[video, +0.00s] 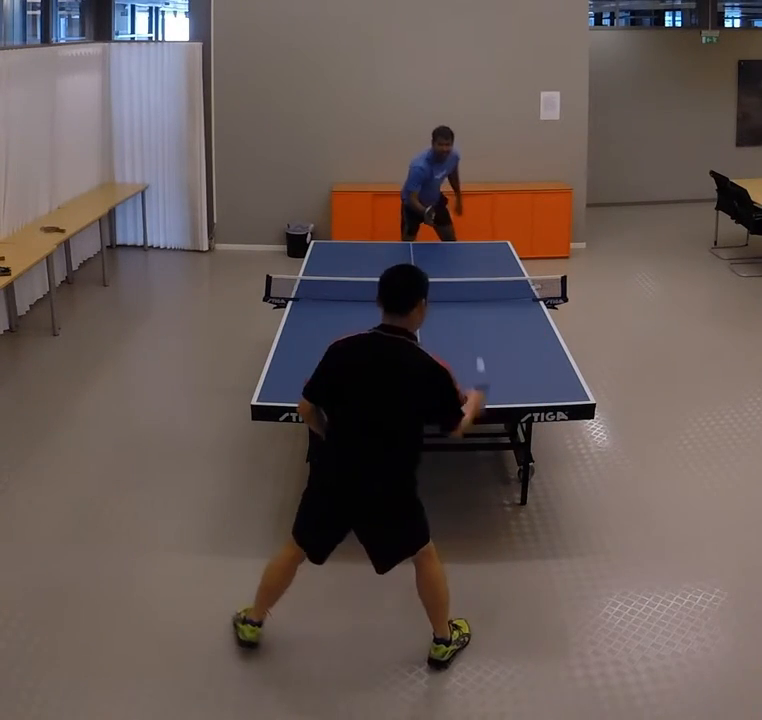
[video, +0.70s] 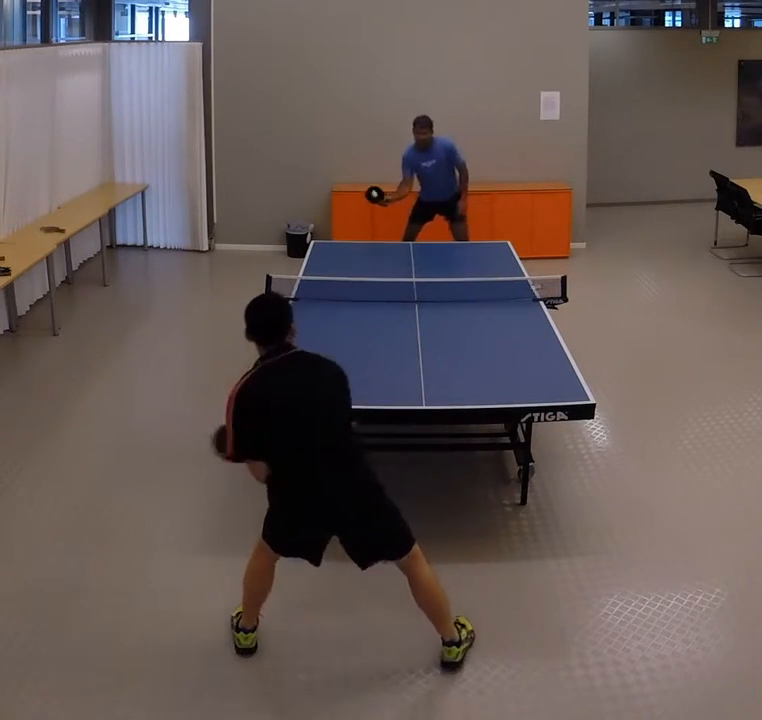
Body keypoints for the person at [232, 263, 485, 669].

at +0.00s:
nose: (426, 308)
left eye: (424, 302)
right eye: (425, 302)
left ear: (379, 303)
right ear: (420, 307)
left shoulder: (343, 350)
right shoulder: (427, 370)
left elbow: (306, 407)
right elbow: (456, 428)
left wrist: (326, 433)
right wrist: (471, 407)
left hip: (334, 480)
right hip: (390, 487)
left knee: (295, 549)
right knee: (424, 555)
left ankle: (252, 621)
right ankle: (443, 638)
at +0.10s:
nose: (427, 318)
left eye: (425, 309)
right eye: (426, 310)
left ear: (381, 310)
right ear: (419, 315)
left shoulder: (344, 354)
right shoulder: (420, 386)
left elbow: (300, 400)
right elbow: (446, 460)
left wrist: (314, 431)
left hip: (322, 483)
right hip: (378, 495)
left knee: (288, 547)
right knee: (423, 555)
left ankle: (249, 624)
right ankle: (440, 640)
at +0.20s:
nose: (409, 320)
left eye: (408, 312)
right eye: (407, 313)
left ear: (364, 317)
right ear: (394, 317)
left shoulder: (331, 361)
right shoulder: (400, 381)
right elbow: (427, 455)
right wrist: (489, 488)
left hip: (315, 487)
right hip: (371, 496)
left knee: (283, 546)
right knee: (426, 553)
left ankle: (247, 626)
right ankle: (441, 641)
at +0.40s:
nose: (317, 327)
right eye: (314, 324)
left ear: (276, 346)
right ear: (313, 333)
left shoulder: (273, 400)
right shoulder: (351, 365)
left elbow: (275, 473)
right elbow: (378, 350)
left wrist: (296, 490)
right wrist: (368, 333)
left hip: (312, 499)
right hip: (370, 493)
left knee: (276, 559)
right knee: (416, 559)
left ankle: (246, 629)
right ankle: (444, 642)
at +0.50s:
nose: (293, 341)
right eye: (291, 337)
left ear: (252, 355)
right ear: (292, 342)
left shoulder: (256, 414)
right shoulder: (318, 366)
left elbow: (279, 469)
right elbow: (276, 385)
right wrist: (223, 397)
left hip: (314, 498)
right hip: (367, 482)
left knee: (277, 560)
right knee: (416, 555)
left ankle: (246, 629)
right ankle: (448, 639)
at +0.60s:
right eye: (277, 331)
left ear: (243, 348)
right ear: (282, 337)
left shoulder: (245, 403)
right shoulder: (310, 367)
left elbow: (267, 467)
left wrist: (289, 483)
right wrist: (233, 439)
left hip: (306, 495)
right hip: (358, 482)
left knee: (270, 556)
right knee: (412, 555)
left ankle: (246, 629)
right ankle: (451, 638)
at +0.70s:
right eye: (292, 322)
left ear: (251, 337)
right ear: (292, 329)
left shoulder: (247, 392)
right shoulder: (329, 370)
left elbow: (258, 470)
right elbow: (340, 431)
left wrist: (287, 476)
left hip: (295, 496)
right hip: (353, 488)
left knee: (266, 553)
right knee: (411, 558)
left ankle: (246, 628)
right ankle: (452, 639)